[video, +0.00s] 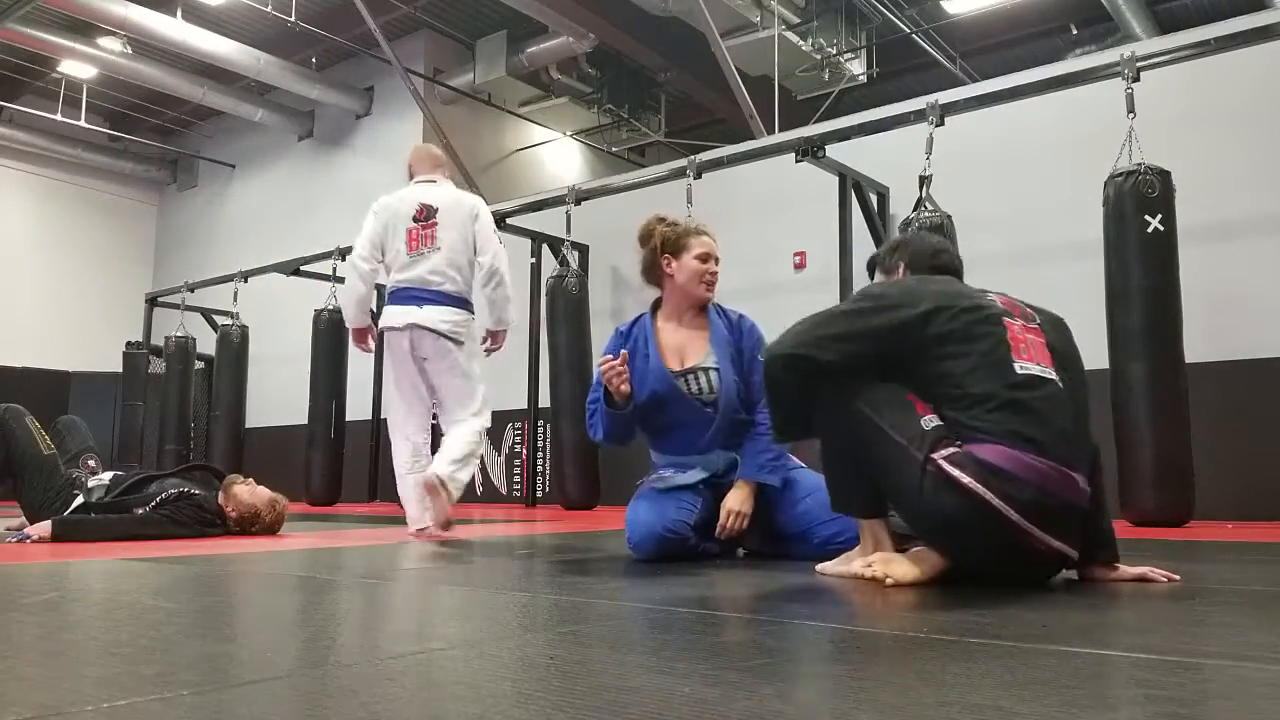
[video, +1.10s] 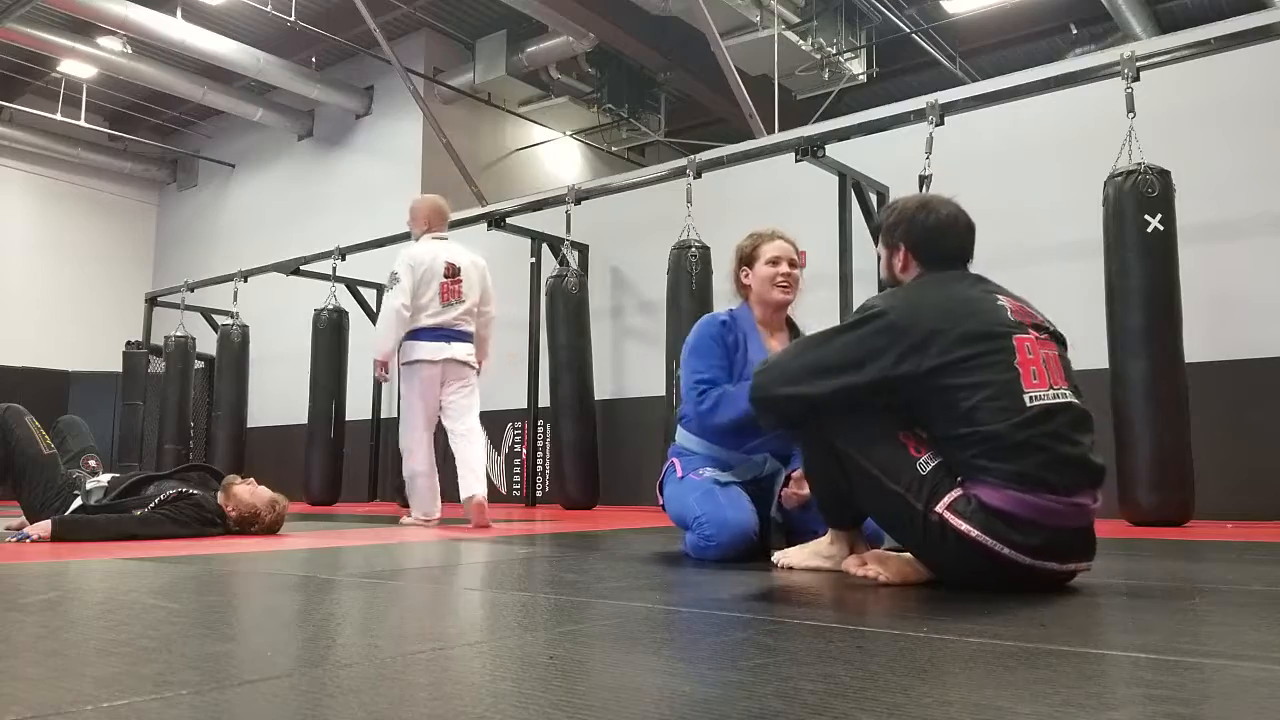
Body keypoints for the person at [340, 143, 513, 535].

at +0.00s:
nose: (447, 178)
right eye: (448, 172)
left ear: (409, 175)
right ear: (448, 173)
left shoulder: (386, 206)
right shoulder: (472, 205)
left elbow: (360, 264)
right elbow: (493, 265)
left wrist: (357, 319)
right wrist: (498, 320)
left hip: (396, 322)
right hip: (448, 323)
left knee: (407, 421)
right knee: (467, 416)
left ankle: (421, 524)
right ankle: (442, 478)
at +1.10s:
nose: (409, 225)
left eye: (411, 219)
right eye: (409, 219)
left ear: (423, 221)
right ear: (445, 222)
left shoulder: (411, 255)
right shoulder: (474, 259)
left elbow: (398, 305)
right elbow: (486, 314)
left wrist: (383, 350)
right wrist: (480, 353)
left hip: (420, 353)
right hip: (462, 354)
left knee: (416, 431)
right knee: (466, 426)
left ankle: (425, 510)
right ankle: (476, 494)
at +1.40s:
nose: (375, 229)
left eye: (379, 224)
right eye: (377, 223)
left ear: (395, 227)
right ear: (410, 227)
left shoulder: (384, 261)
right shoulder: (439, 262)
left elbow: (364, 313)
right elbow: (454, 317)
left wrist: (345, 348)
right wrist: (449, 357)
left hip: (394, 355)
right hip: (430, 355)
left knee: (402, 431)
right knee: (415, 429)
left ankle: (423, 507)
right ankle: (423, 499)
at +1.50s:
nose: (363, 232)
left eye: (368, 227)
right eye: (365, 227)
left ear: (386, 232)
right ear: (397, 233)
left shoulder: (370, 263)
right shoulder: (426, 267)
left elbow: (350, 313)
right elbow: (441, 319)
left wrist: (331, 342)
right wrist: (440, 358)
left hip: (384, 357)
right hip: (419, 358)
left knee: (398, 434)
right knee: (389, 433)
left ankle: (422, 509)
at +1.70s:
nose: (343, 235)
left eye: (348, 231)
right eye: (344, 229)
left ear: (367, 235)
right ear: (374, 236)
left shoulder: (347, 266)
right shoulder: (397, 272)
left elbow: (327, 317)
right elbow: (409, 322)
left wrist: (303, 350)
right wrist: (412, 362)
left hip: (355, 358)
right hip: (386, 360)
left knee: (366, 433)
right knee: (355, 434)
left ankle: (412, 495)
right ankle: (342, 506)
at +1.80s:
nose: (331, 233)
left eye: (336, 229)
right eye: (333, 228)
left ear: (354, 235)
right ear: (360, 237)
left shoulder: (338, 267)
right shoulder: (384, 271)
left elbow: (320, 319)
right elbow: (393, 323)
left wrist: (290, 357)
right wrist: (389, 360)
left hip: (342, 360)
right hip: (373, 361)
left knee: (330, 435)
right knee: (353, 434)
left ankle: (390, 487)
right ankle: (341, 508)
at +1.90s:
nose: (319, 233)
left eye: (325, 230)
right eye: (321, 228)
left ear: (342, 236)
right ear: (347, 239)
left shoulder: (329, 267)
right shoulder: (367, 269)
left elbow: (315, 316)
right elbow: (375, 321)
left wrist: (291, 357)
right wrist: (364, 354)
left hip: (330, 359)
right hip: (360, 360)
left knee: (298, 432)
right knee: (345, 428)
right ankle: (346, 504)